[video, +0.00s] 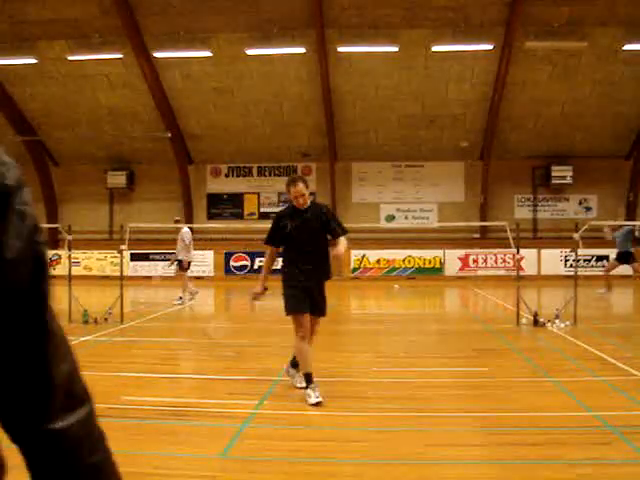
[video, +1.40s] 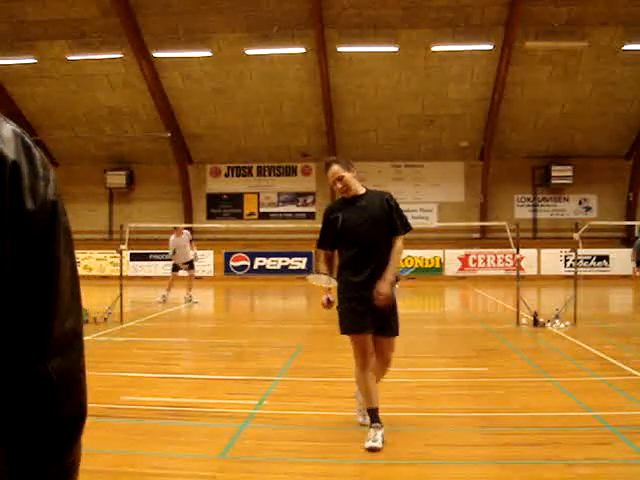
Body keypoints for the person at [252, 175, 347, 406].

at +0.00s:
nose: (300, 200)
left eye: (303, 195)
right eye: (296, 196)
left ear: (308, 192)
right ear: (289, 196)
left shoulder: (322, 212)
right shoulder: (283, 218)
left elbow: (341, 236)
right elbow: (271, 251)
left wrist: (341, 249)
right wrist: (262, 281)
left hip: (317, 278)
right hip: (294, 279)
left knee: (311, 330)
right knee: (302, 331)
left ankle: (293, 366)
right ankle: (310, 384)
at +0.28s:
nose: (304, 194)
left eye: (306, 188)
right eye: (299, 190)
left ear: (314, 184)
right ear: (293, 191)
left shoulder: (331, 207)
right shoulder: (289, 211)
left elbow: (340, 243)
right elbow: (282, 249)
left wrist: (344, 273)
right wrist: (280, 283)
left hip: (329, 277)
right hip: (302, 279)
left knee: (338, 328)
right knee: (307, 333)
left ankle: (325, 367)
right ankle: (310, 385)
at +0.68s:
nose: (338, 187)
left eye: (342, 183)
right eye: (334, 183)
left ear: (349, 185)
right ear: (327, 185)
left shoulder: (361, 211)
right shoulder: (315, 210)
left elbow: (372, 245)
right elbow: (298, 245)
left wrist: (386, 276)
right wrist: (293, 276)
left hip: (351, 284)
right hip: (322, 285)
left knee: (351, 342)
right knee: (323, 339)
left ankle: (353, 402)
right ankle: (313, 383)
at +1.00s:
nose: (348, 183)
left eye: (352, 178)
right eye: (344, 179)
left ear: (363, 179)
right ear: (340, 180)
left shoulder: (376, 207)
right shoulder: (330, 206)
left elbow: (384, 241)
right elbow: (315, 244)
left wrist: (379, 267)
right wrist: (311, 274)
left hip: (364, 283)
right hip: (336, 282)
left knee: (358, 342)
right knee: (342, 338)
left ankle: (352, 402)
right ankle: (338, 404)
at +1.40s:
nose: (339, 184)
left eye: (341, 177)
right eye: (334, 183)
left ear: (354, 172)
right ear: (332, 188)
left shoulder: (384, 200)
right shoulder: (334, 212)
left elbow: (399, 242)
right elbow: (326, 253)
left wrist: (388, 280)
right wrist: (329, 287)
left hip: (382, 287)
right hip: (351, 291)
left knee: (385, 357)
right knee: (363, 356)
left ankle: (364, 391)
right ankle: (375, 424)